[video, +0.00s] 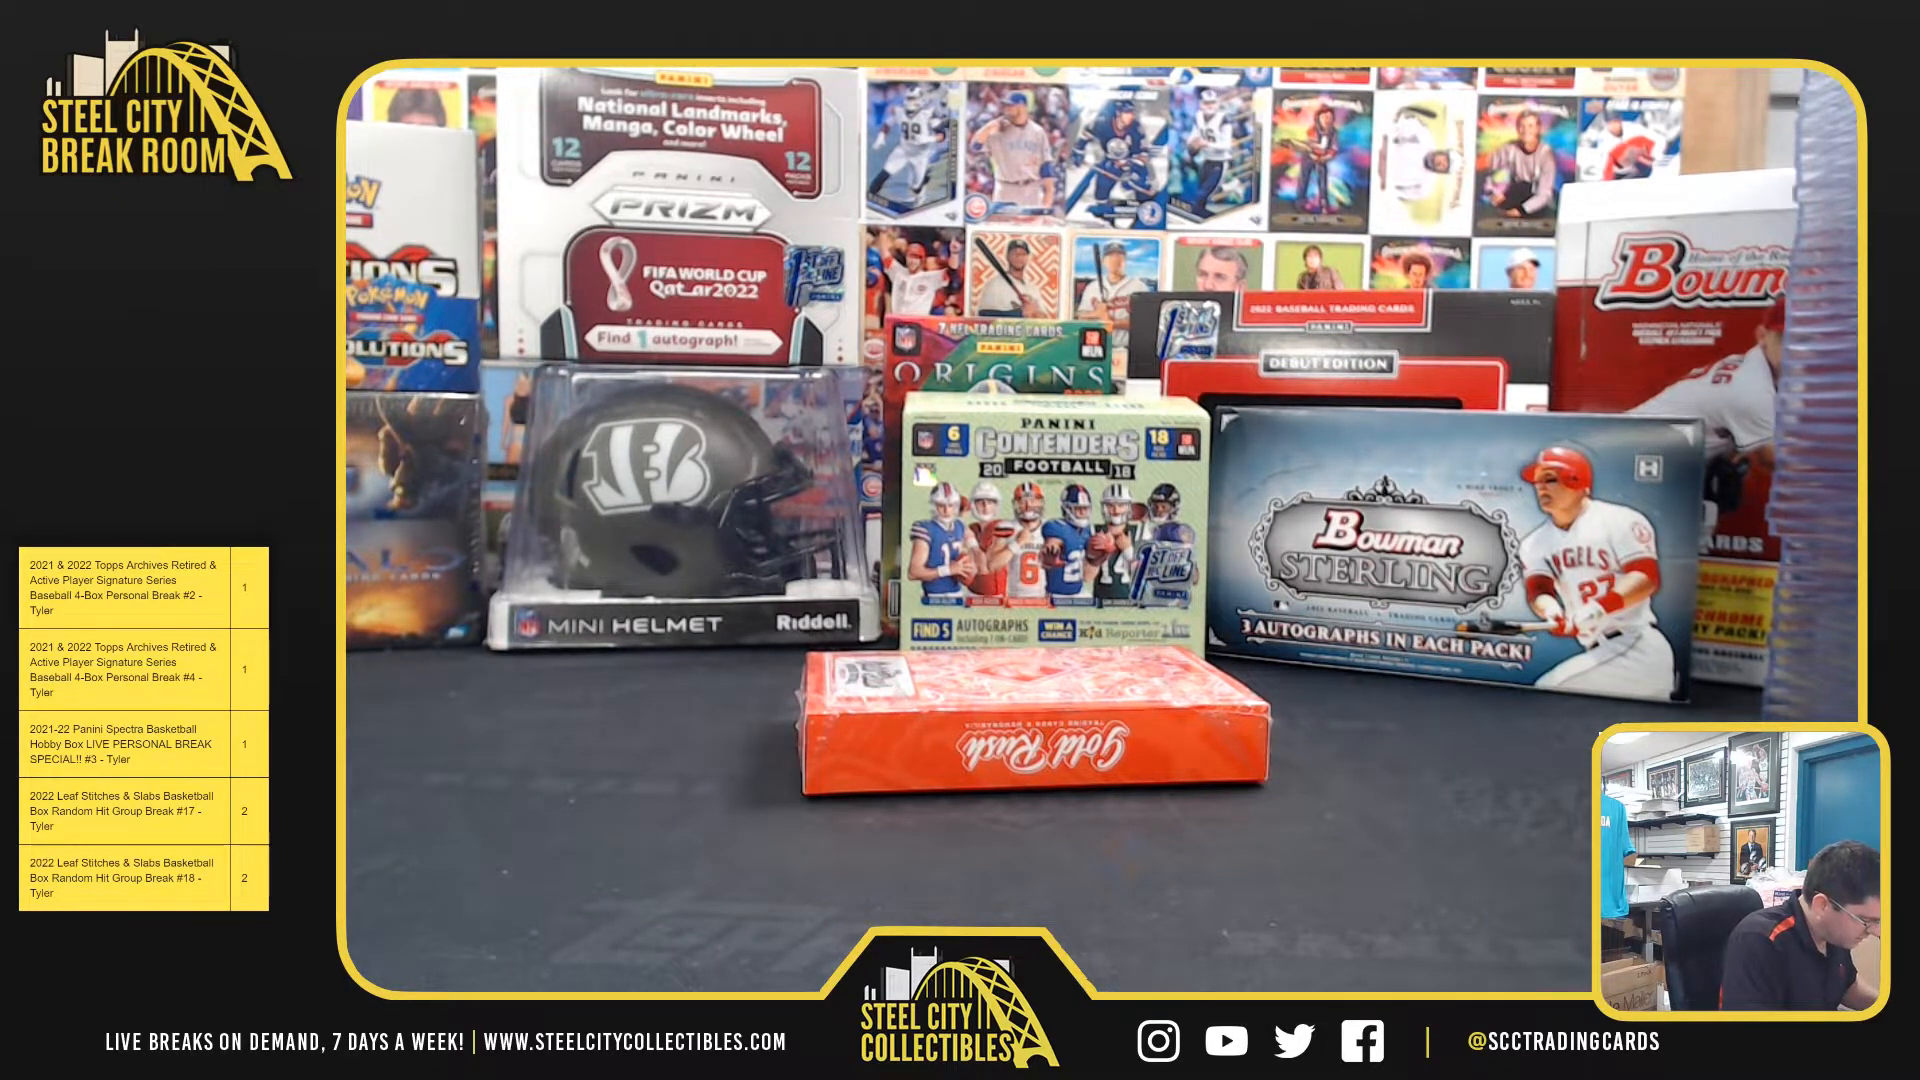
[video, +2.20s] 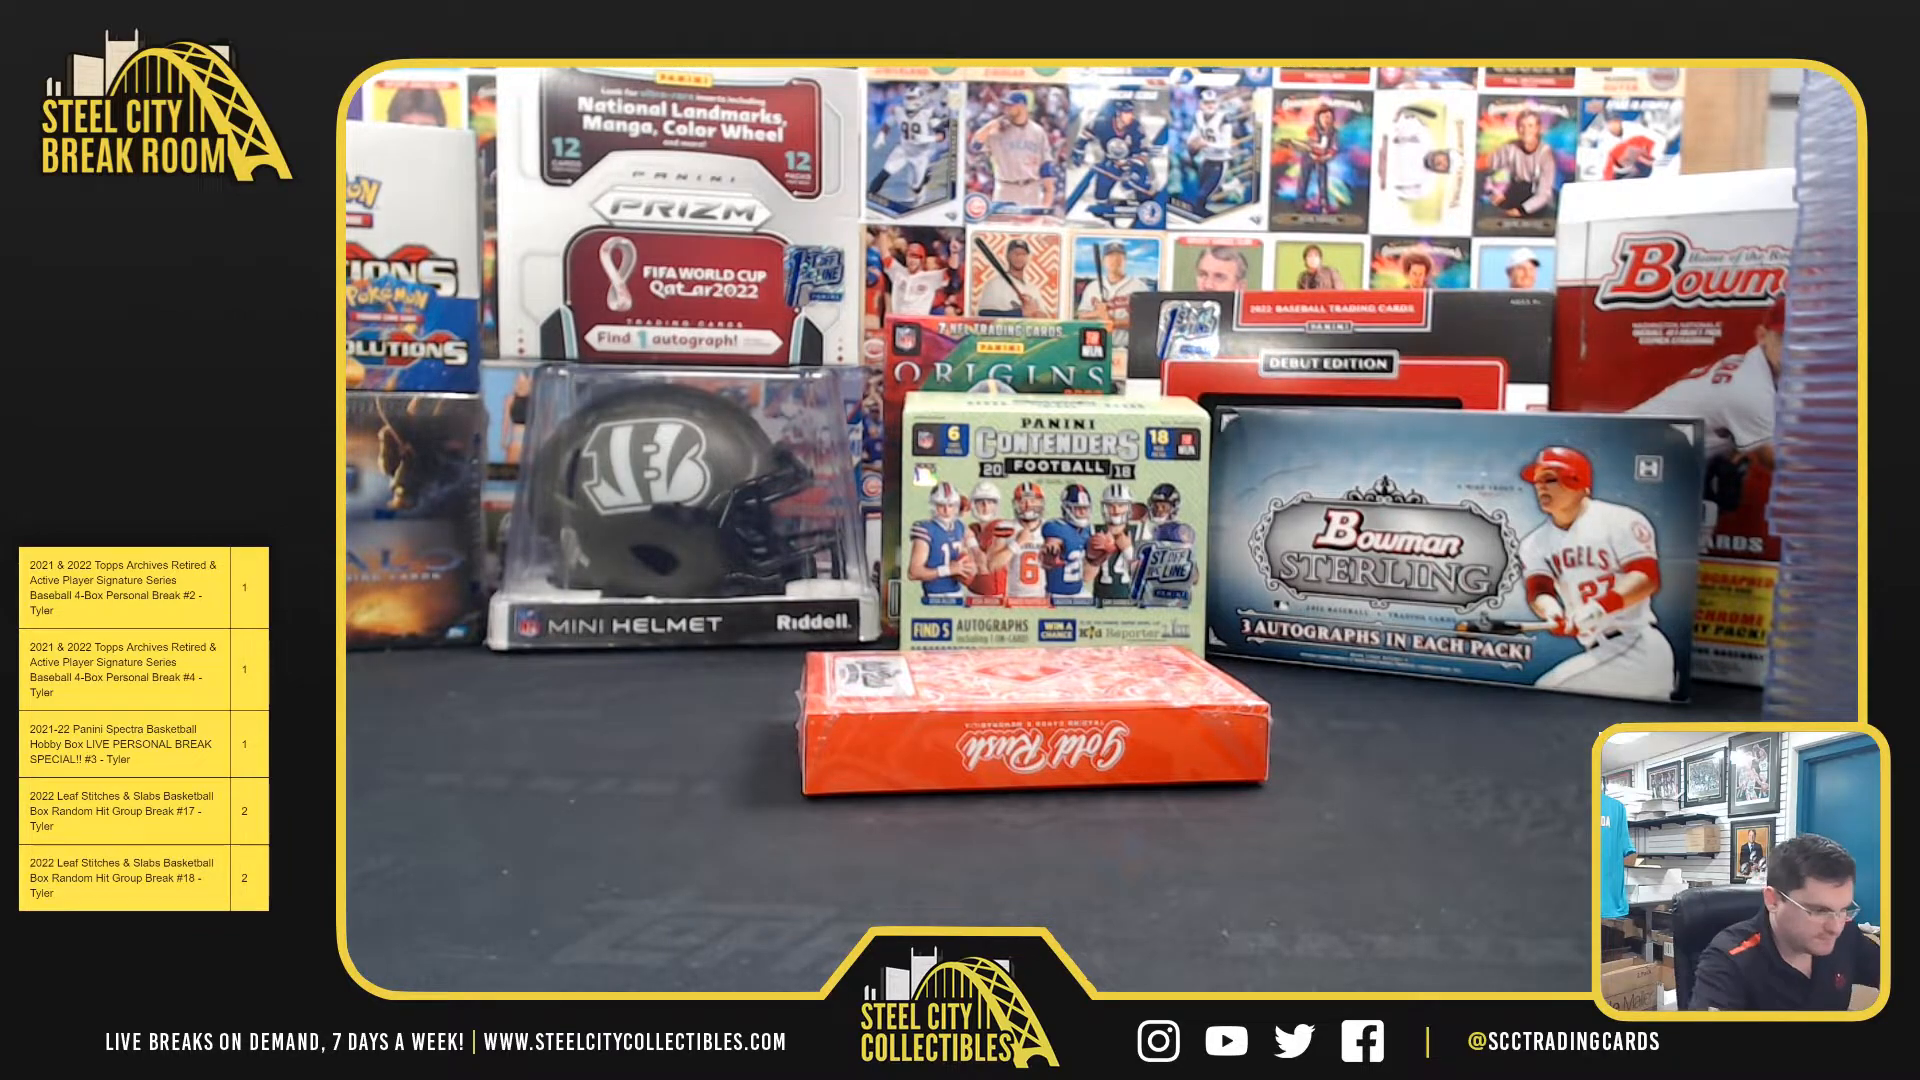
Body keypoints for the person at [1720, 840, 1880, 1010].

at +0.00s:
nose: (1876, 933)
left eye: (1877, 922)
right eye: (1866, 921)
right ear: (1821, 905)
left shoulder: (1833, 931)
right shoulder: (1757, 941)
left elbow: (1849, 989)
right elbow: (1745, 1020)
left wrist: (1886, 1005)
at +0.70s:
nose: (1851, 913)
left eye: (1854, 901)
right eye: (1839, 901)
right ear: (1797, 889)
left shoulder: (1820, 924)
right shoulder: (1744, 935)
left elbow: (1831, 979)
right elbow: (1735, 1018)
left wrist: (1876, 978)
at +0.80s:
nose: (1844, 908)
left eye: (1848, 896)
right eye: (1833, 896)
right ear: (1790, 884)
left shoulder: (1818, 925)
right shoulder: (1737, 932)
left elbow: (1827, 983)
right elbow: (1725, 1018)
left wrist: (1871, 980)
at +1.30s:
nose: (1813, 895)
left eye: (1821, 884)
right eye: (1802, 881)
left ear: (1826, 880)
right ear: (1768, 872)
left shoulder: (1825, 929)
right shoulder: (1723, 924)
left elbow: (1856, 1006)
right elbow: (1704, 1003)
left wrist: (1868, 986)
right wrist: (1799, 1000)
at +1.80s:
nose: (1806, 896)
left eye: (1814, 884)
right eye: (1793, 882)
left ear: (1821, 880)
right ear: (1761, 875)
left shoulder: (1830, 927)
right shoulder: (1718, 930)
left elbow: (1866, 976)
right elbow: (1688, 1004)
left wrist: (1880, 990)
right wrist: (1771, 995)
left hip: (1823, 1049)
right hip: (1742, 1052)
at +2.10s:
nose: (1828, 919)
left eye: (1835, 903)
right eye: (1811, 904)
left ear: (1840, 894)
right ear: (1768, 894)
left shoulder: (1837, 932)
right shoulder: (1720, 956)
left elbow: (1872, 969)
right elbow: (1687, 1023)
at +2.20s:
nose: (1837, 928)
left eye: (1845, 910)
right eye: (1819, 912)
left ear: (1851, 901)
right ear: (1772, 900)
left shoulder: (1845, 936)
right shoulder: (1728, 958)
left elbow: (1895, 977)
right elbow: (1706, 1026)